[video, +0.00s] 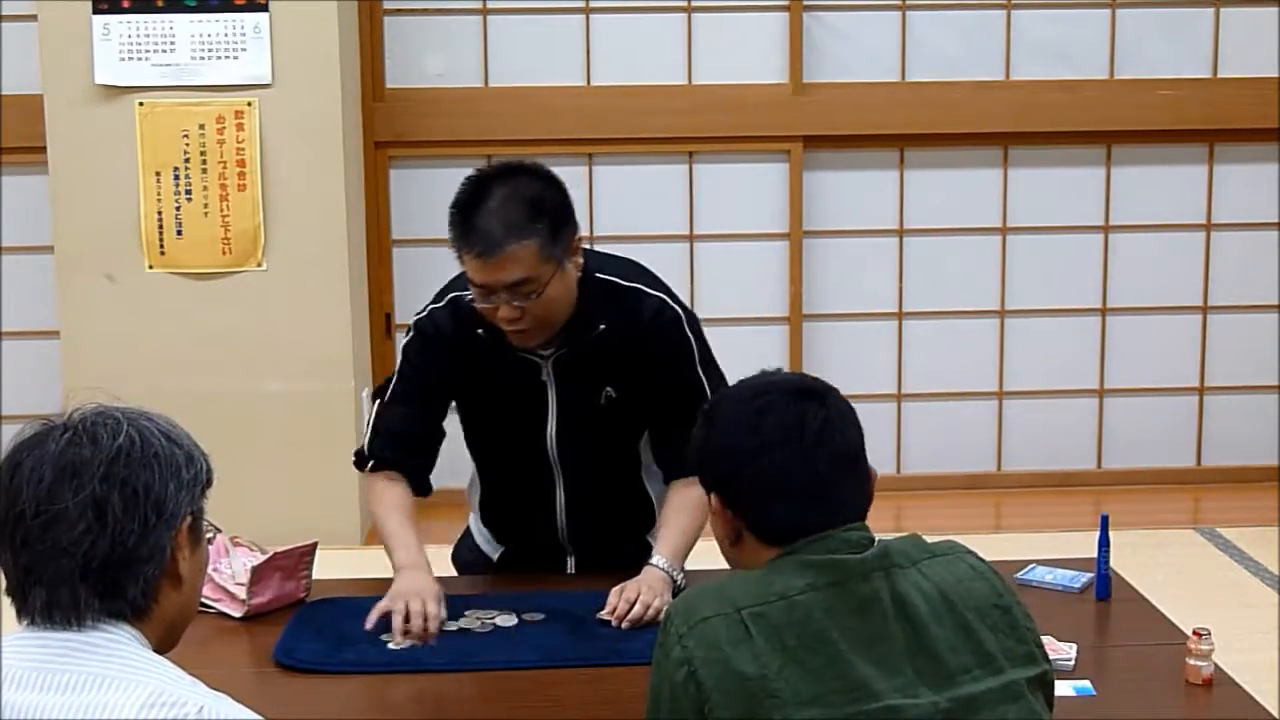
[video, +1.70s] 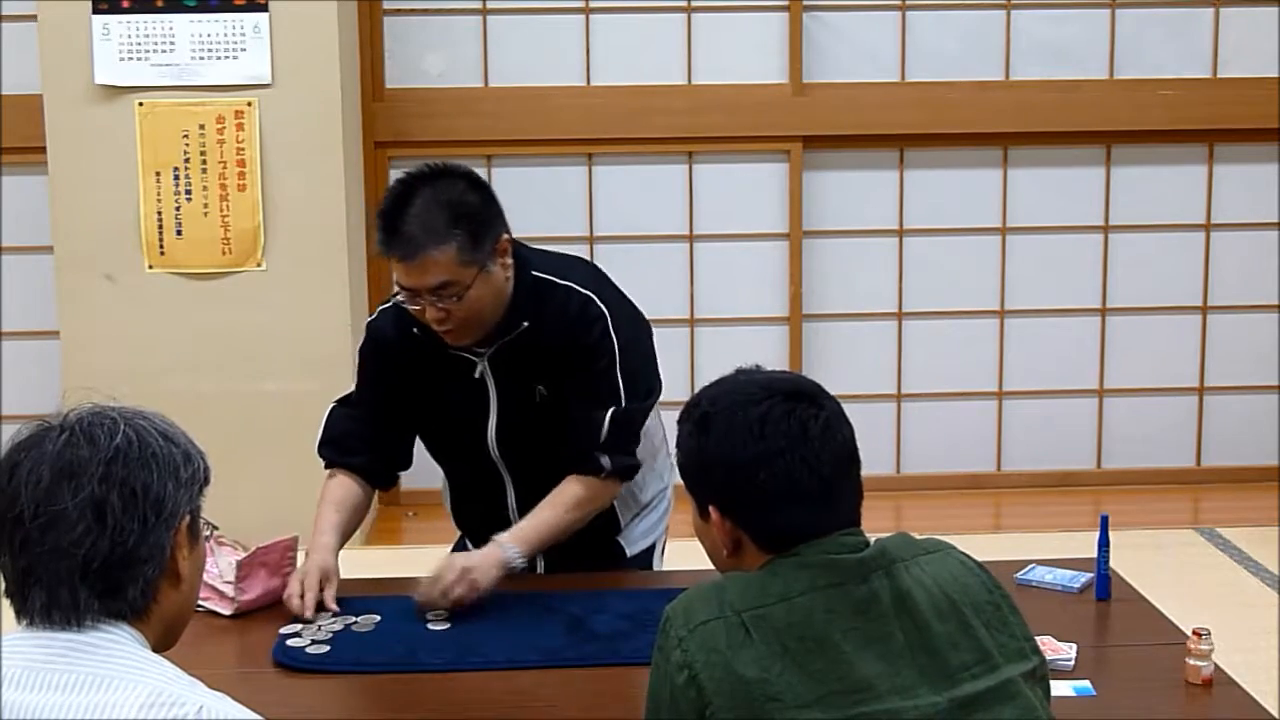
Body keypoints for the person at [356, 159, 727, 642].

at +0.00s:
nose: (506, 313)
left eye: (525, 291)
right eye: (484, 292)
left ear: (574, 253)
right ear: (465, 264)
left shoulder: (647, 313)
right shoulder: (449, 324)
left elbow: (698, 458)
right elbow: (388, 464)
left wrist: (663, 570)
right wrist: (410, 569)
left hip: (624, 573)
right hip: (501, 575)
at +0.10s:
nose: (493, 313)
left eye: (511, 291)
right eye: (472, 293)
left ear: (560, 253)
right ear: (451, 268)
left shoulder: (637, 312)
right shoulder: (440, 329)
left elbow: (690, 461)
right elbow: (395, 477)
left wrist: (661, 569)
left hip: (624, 576)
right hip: (505, 582)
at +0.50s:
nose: (485, 320)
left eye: (503, 297)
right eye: (463, 301)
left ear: (551, 261)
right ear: (444, 277)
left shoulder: (628, 313)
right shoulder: (437, 336)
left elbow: (686, 456)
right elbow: (379, 481)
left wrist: (662, 570)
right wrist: (415, 578)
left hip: (623, 576)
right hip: (500, 579)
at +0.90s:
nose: (481, 317)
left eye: (499, 293)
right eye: (459, 298)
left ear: (547, 259)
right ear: (439, 276)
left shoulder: (622, 312)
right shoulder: (430, 340)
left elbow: (684, 449)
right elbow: (360, 463)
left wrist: (658, 565)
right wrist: (337, 570)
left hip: (620, 574)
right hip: (495, 578)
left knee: (630, 708)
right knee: (487, 714)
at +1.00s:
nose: (479, 315)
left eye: (495, 292)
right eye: (456, 298)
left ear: (543, 256)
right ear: (436, 274)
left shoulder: (618, 310)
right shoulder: (427, 337)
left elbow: (684, 445)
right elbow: (364, 453)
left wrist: (641, 557)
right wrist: (330, 564)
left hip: (624, 570)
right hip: (495, 577)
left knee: (639, 708)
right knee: (487, 714)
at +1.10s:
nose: (467, 312)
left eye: (484, 288)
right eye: (444, 294)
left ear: (530, 249)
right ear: (423, 272)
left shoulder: (609, 310)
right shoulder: (416, 341)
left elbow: (655, 456)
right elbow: (364, 458)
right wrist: (337, 556)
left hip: (629, 559)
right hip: (495, 567)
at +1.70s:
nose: (431, 314)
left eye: (448, 294)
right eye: (411, 296)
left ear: (503, 254)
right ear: (396, 274)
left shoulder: (591, 314)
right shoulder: (395, 335)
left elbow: (606, 469)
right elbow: (360, 456)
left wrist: (503, 551)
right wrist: (322, 545)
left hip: (603, 531)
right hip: (484, 540)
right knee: (477, 687)